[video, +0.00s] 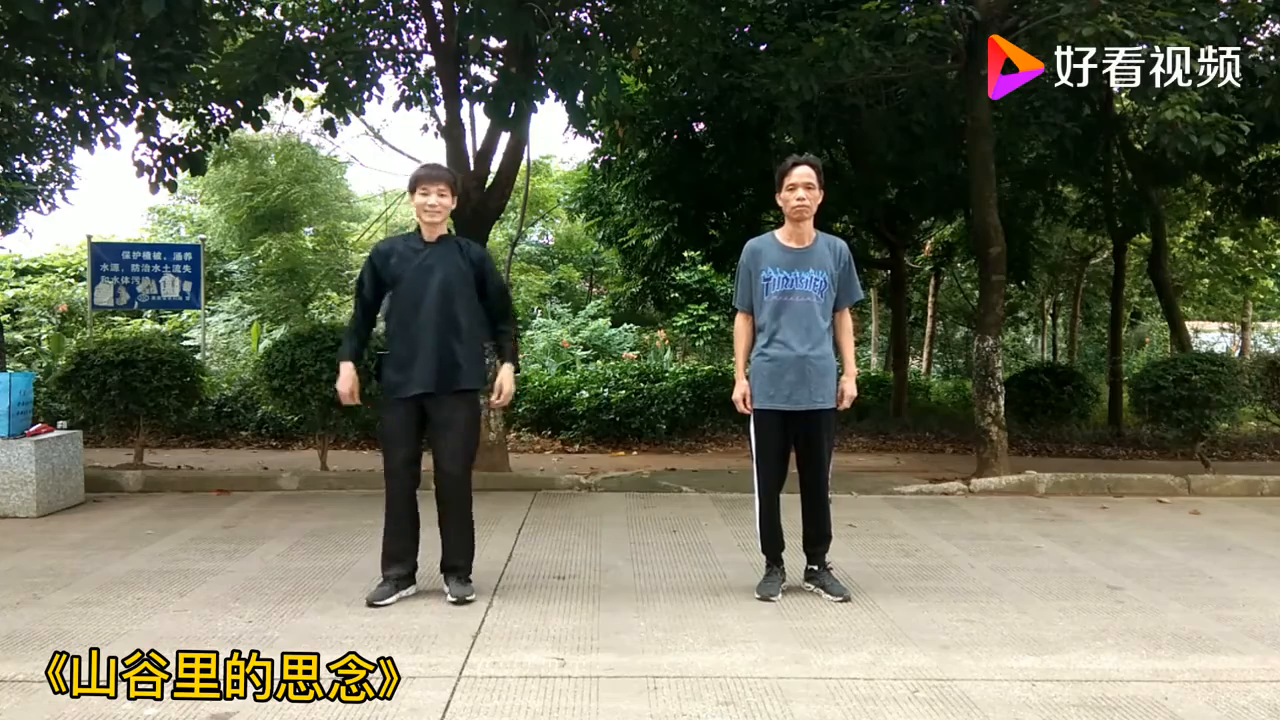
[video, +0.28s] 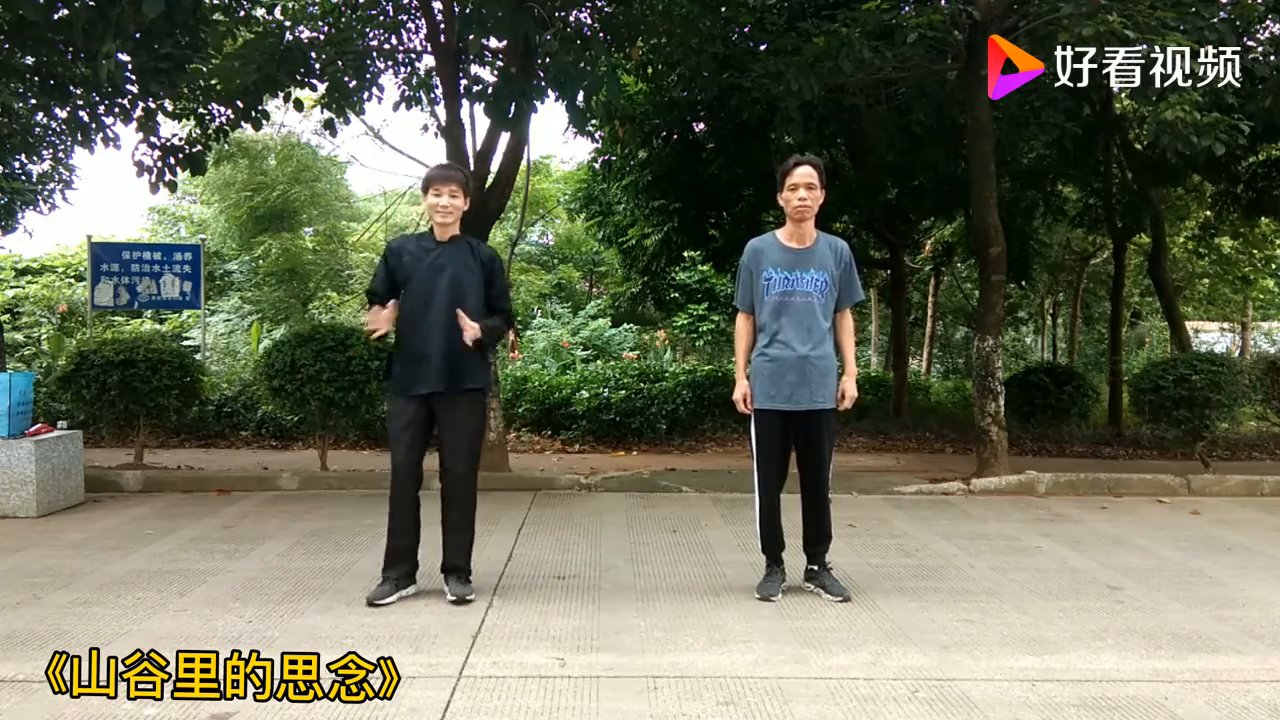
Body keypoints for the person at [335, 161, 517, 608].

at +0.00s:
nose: (433, 201)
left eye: (442, 194)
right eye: (425, 194)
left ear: (453, 201)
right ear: (412, 200)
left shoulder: (472, 255)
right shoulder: (387, 254)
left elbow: (502, 315)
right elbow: (363, 313)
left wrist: (507, 363)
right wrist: (347, 363)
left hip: (457, 385)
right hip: (400, 384)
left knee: (453, 480)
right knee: (399, 481)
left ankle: (457, 575)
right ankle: (397, 575)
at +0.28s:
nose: (446, 202)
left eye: (454, 195)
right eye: (438, 194)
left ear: (465, 203)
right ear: (425, 200)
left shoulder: (484, 257)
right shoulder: (401, 250)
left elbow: (503, 319)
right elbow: (378, 300)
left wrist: (481, 329)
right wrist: (383, 315)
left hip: (464, 385)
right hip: (409, 383)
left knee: (459, 479)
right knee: (403, 476)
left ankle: (457, 574)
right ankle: (398, 573)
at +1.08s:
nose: (424, 208)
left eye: (432, 200)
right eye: (415, 200)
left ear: (445, 207)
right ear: (403, 207)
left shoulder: (469, 262)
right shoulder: (382, 262)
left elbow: (481, 328)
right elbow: (364, 328)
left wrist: (455, 373)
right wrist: (383, 371)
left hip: (451, 386)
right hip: (396, 387)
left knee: (459, 480)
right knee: (395, 485)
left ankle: (455, 574)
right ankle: (404, 575)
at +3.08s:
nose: (443, 199)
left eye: (450, 192)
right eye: (434, 191)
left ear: (458, 199)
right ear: (415, 197)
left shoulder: (475, 253)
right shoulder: (390, 252)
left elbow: (489, 321)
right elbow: (374, 321)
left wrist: (486, 382)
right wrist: (372, 380)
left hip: (463, 383)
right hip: (407, 384)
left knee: (463, 481)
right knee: (411, 483)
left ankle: (464, 572)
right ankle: (412, 576)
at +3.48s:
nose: (435, 198)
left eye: (444, 191)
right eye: (427, 190)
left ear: (456, 198)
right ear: (414, 197)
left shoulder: (476, 249)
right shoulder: (398, 252)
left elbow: (513, 306)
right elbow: (377, 307)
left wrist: (531, 362)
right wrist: (349, 340)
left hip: (461, 382)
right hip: (408, 382)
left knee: (460, 481)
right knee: (410, 482)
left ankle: (462, 572)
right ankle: (412, 576)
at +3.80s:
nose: (426, 194)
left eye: (435, 187)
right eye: (419, 187)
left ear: (449, 193)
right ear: (408, 192)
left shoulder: (471, 245)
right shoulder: (388, 248)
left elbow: (499, 306)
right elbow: (368, 309)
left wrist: (516, 364)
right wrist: (352, 361)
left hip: (462, 362)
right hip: (412, 366)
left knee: (450, 422)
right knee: (417, 470)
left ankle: (453, 524)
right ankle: (421, 573)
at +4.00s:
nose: (435, 200)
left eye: (444, 193)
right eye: (427, 192)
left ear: (456, 199)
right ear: (415, 197)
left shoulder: (476, 252)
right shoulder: (394, 249)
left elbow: (489, 312)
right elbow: (369, 306)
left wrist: (488, 370)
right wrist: (392, 318)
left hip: (466, 352)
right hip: (414, 360)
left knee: (432, 373)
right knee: (428, 460)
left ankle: (434, 472)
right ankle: (439, 559)